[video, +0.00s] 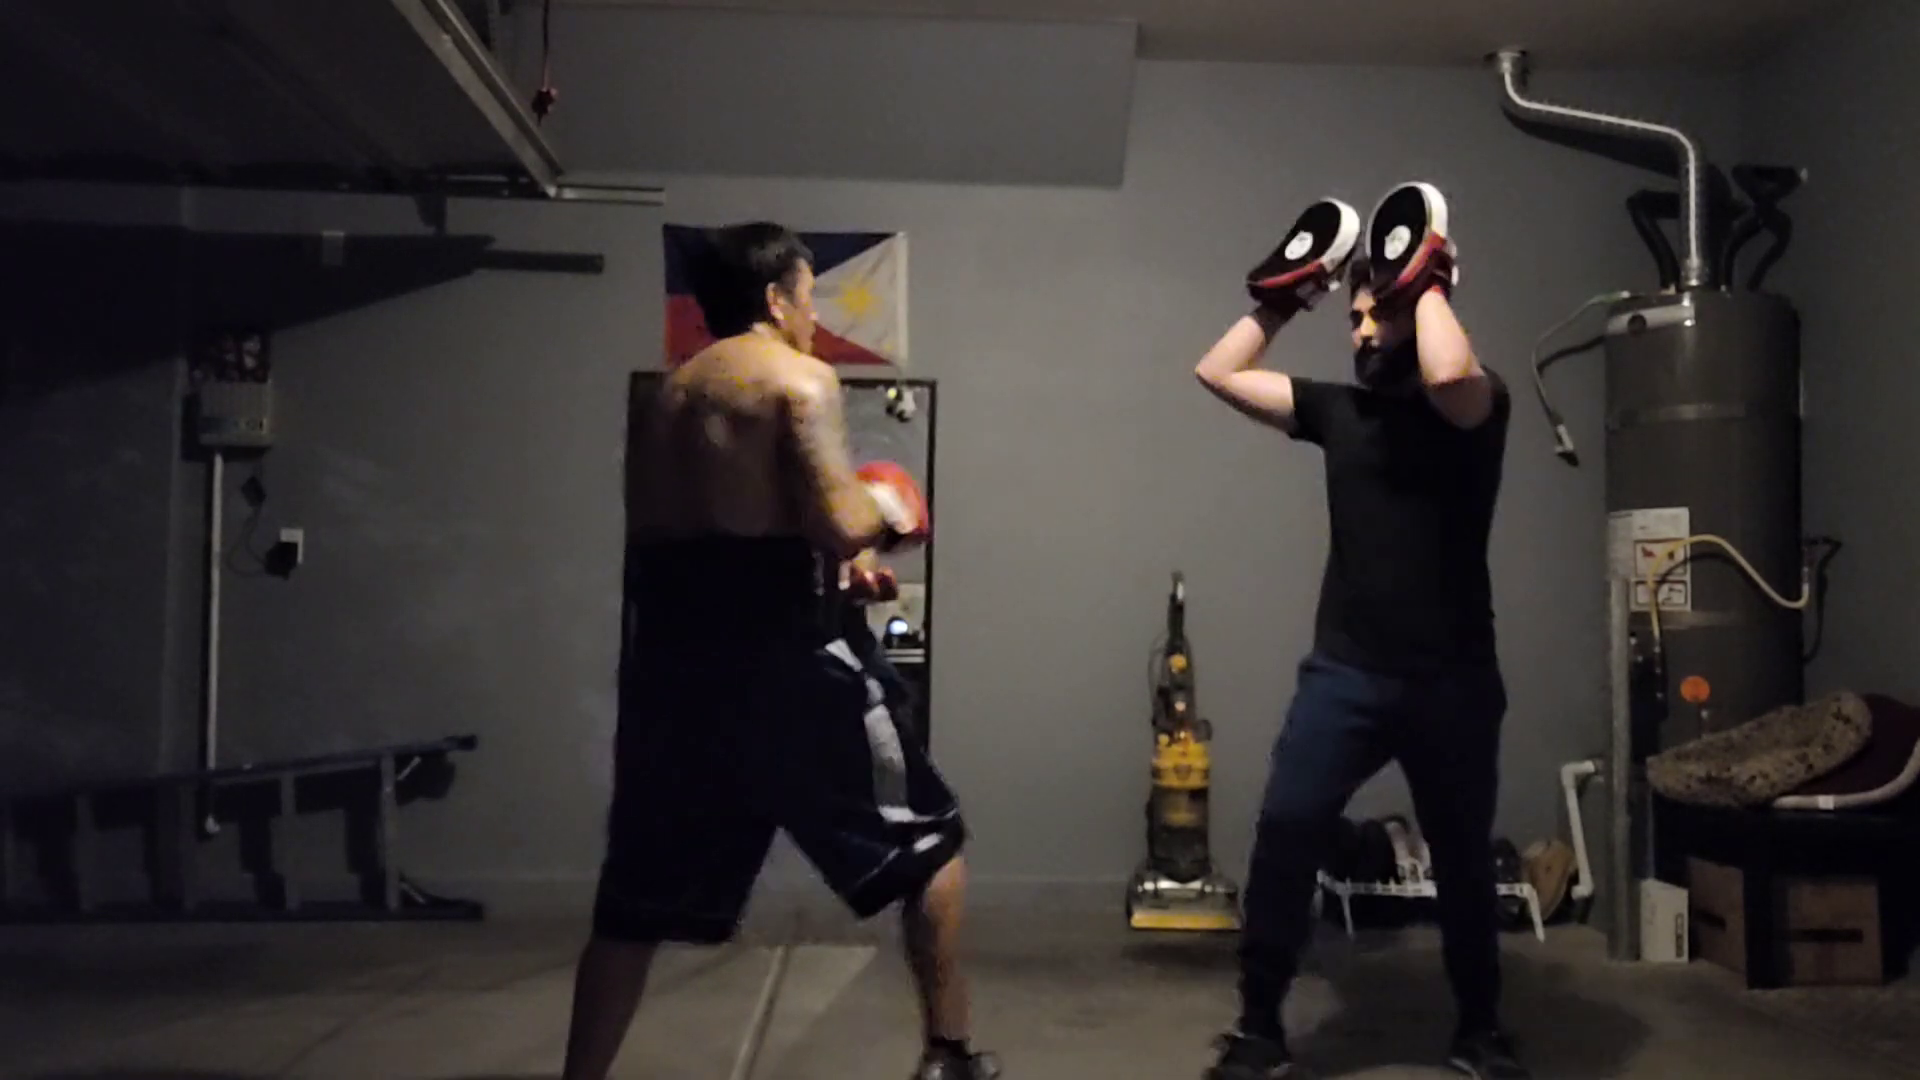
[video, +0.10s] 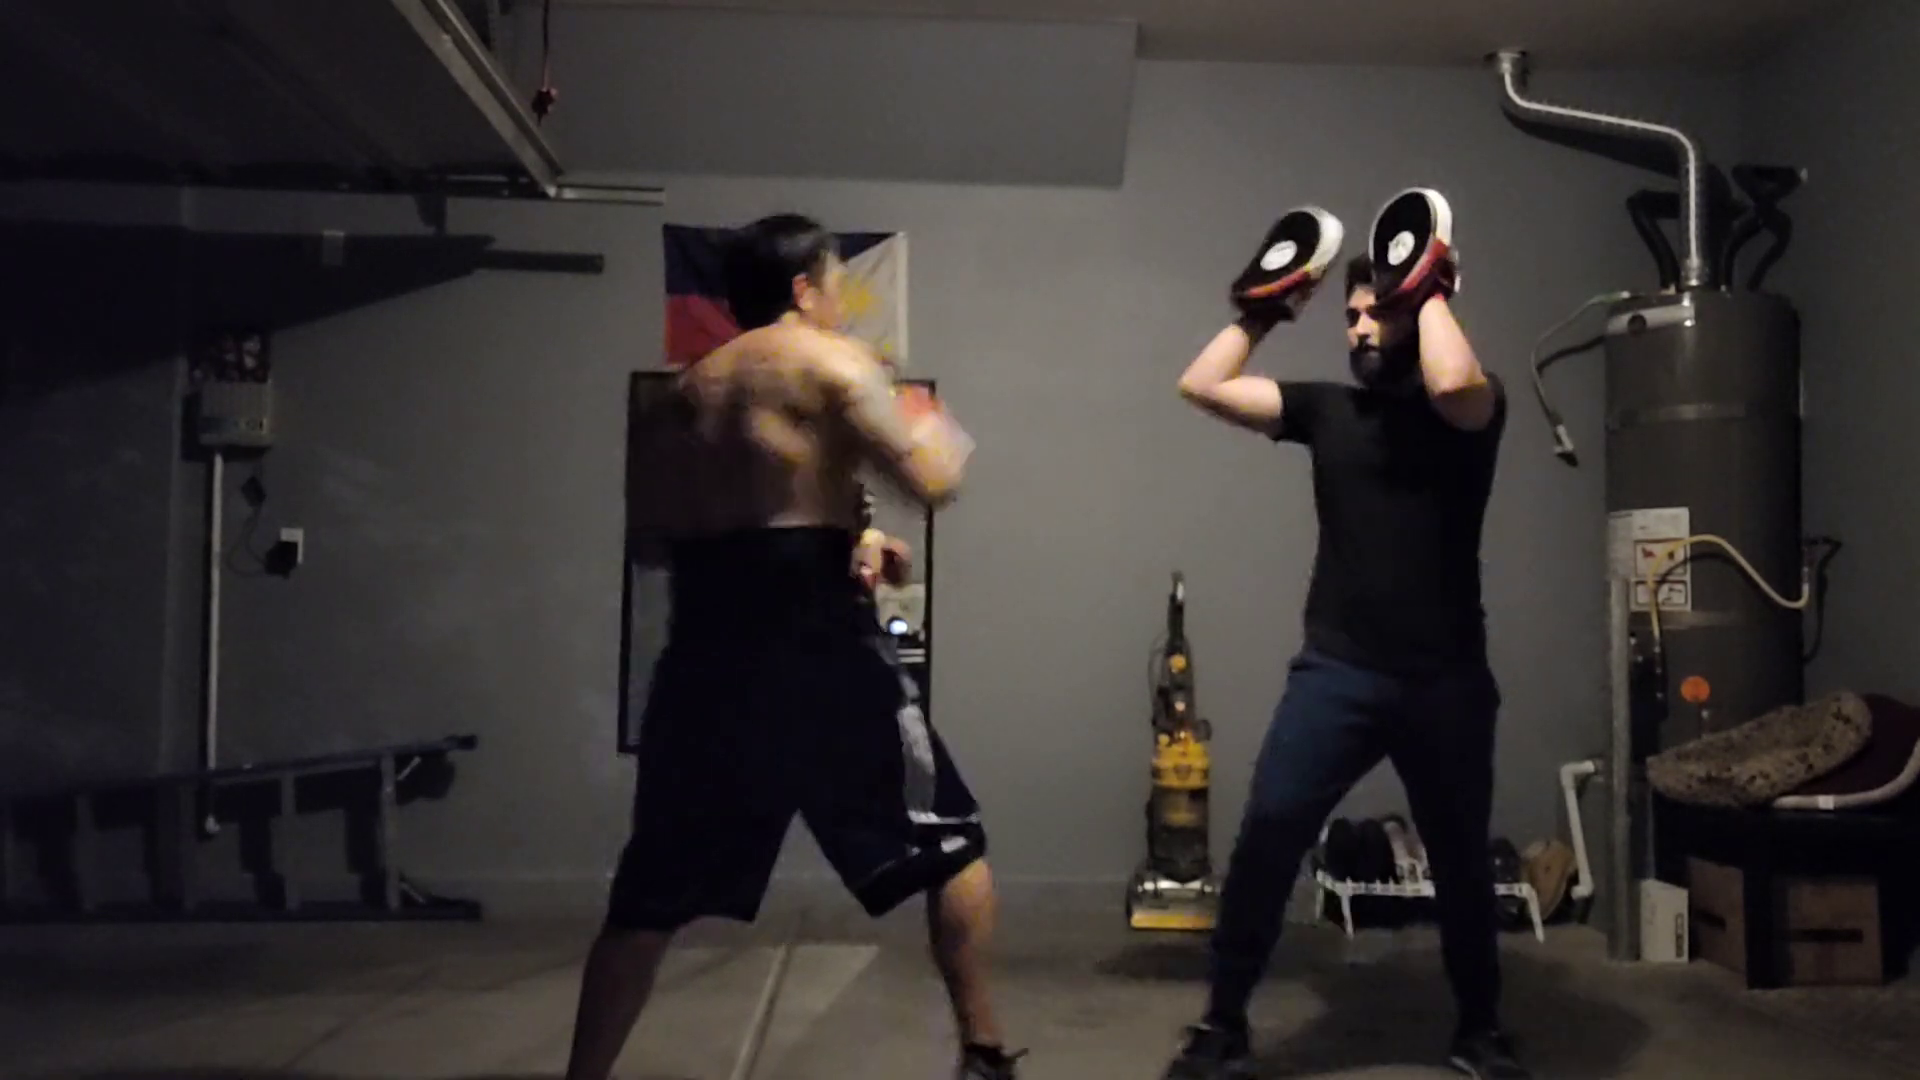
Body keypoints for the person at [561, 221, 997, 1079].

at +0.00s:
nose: (814, 314)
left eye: (811, 295)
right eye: (808, 296)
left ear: (721, 304)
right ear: (778, 299)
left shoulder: (656, 393)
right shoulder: (798, 385)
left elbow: (687, 534)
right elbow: (842, 529)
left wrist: (832, 566)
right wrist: (885, 501)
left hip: (677, 681)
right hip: (793, 679)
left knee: (633, 895)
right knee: (929, 838)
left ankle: (581, 1072)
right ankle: (949, 1049)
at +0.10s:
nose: (840, 299)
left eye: (833, 283)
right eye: (833, 284)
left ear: (748, 291)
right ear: (804, 288)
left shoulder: (694, 383)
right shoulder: (828, 361)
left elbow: (708, 526)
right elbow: (933, 477)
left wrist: (843, 544)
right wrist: (940, 426)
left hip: (709, 661)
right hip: (823, 658)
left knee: (649, 892)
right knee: (951, 848)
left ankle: (583, 1071)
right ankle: (984, 1049)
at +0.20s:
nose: (889, 282)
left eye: (884, 267)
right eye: (882, 269)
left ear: (790, 280)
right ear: (851, 278)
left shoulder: (723, 375)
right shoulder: (897, 346)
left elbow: (674, 521)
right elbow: (1044, 396)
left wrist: (760, 498)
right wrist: (1029, 337)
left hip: (752, 650)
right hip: (869, 646)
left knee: (673, 878)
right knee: (966, 871)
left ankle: (596, 1067)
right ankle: (1009, 1068)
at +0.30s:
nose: (943, 277)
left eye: (938, 264)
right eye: (936, 265)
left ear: (845, 281)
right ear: (910, 274)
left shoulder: (779, 364)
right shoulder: (957, 343)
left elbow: (735, 513)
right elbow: (1094, 372)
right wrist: (1090, 322)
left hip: (794, 642)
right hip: (905, 643)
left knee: (730, 861)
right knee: (991, 880)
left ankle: (625, 1050)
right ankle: (1021, 1072)